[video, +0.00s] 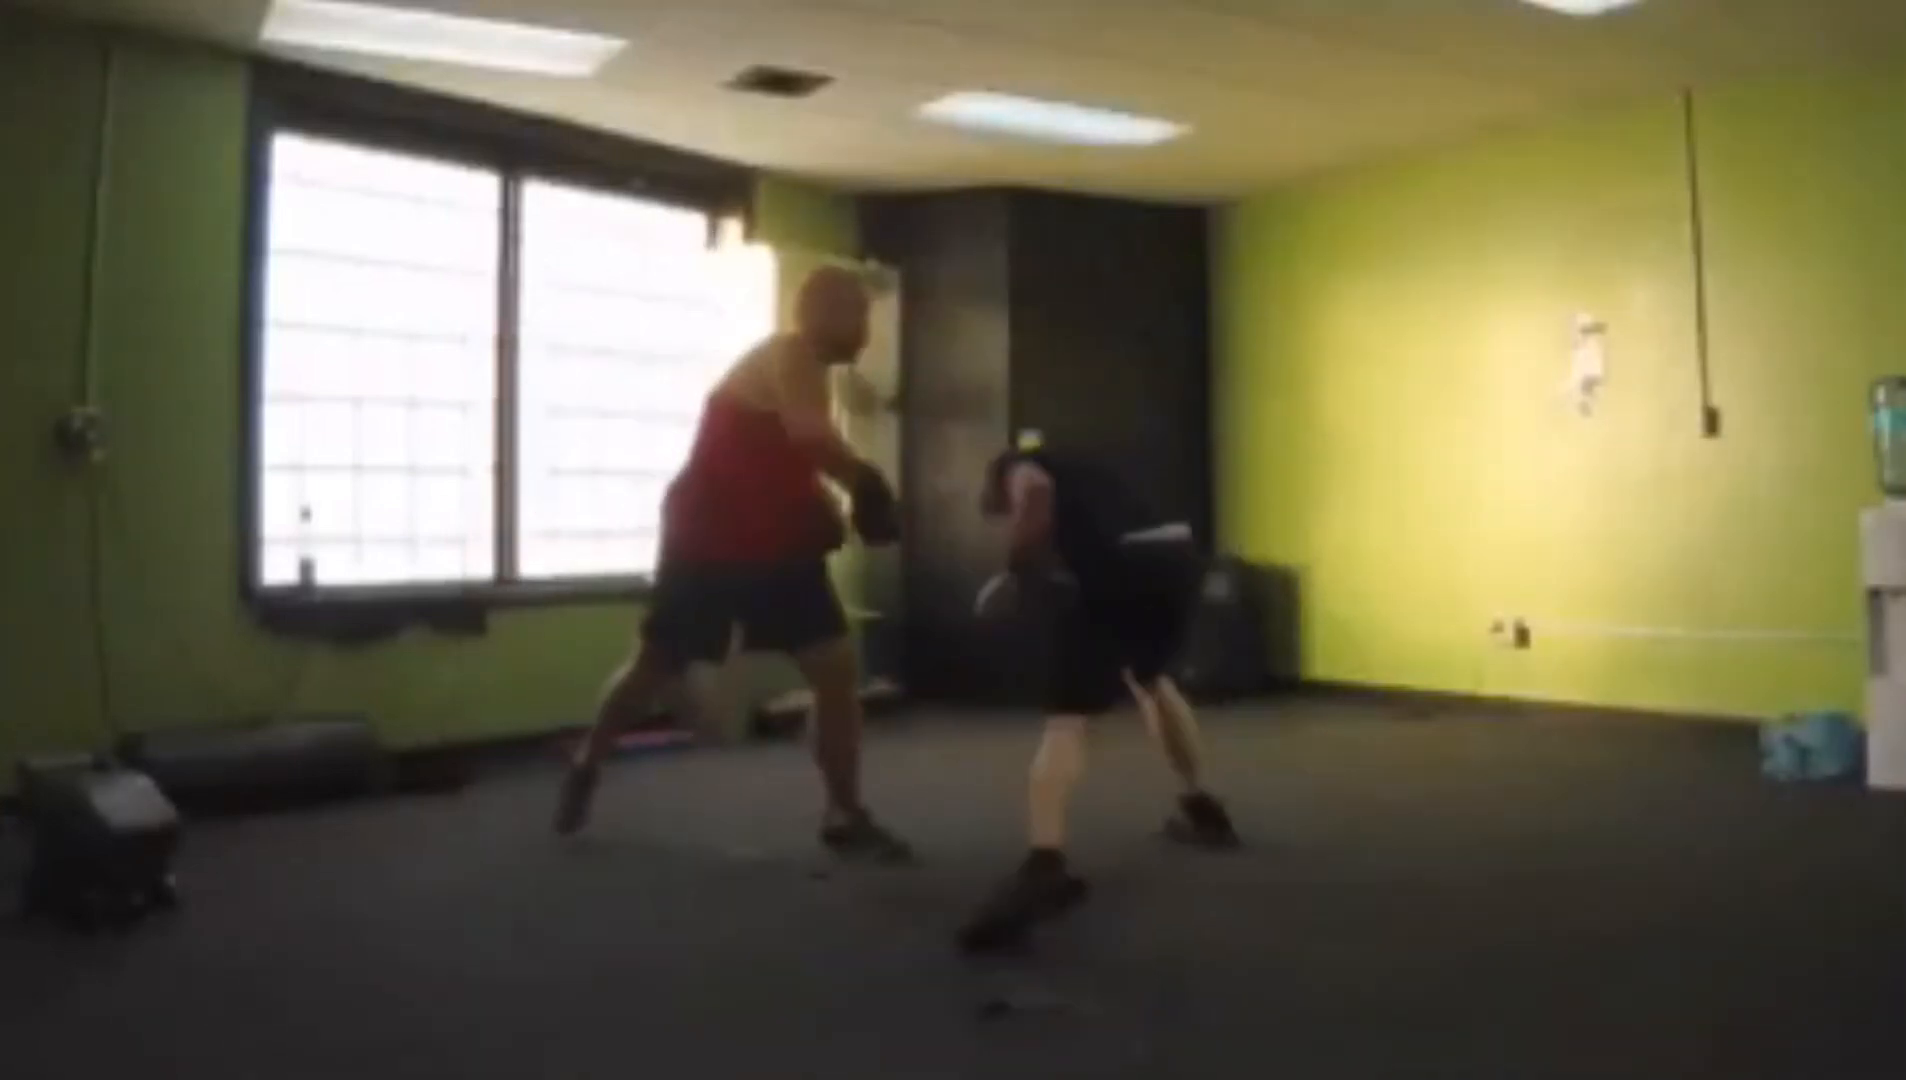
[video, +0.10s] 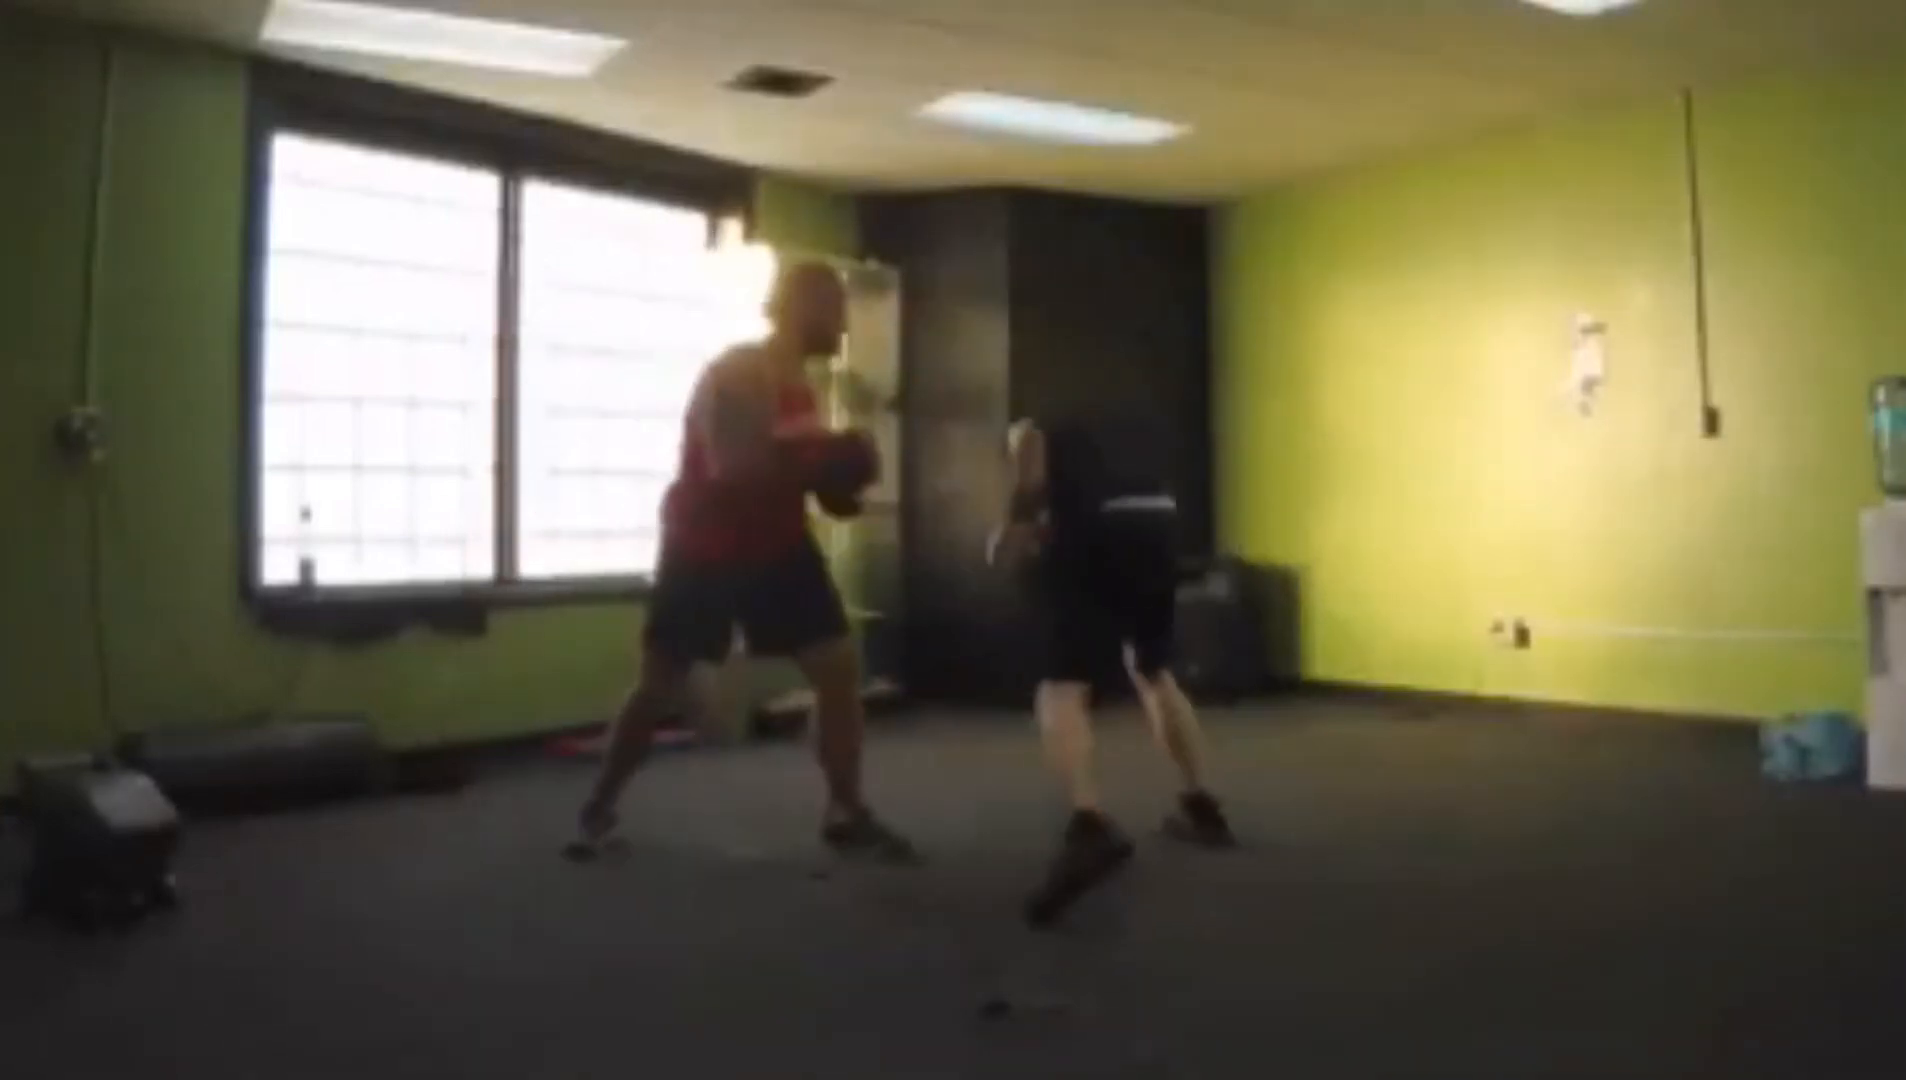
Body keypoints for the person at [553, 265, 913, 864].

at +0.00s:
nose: (866, 333)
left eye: (867, 318)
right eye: (859, 318)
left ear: (821, 317)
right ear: (829, 316)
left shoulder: (803, 368)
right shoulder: (790, 358)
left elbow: (786, 461)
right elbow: (809, 439)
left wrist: (821, 511)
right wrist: (865, 482)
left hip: (781, 540)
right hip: (712, 538)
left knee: (835, 671)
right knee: (655, 669)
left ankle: (844, 812)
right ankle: (585, 767)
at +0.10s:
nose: (841, 324)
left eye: (842, 309)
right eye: (832, 308)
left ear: (818, 311)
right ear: (797, 309)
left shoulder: (798, 388)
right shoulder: (736, 374)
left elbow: (794, 463)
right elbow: (729, 466)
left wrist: (836, 481)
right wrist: (825, 456)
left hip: (779, 545)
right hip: (704, 551)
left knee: (836, 672)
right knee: (659, 688)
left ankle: (846, 811)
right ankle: (599, 810)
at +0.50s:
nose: (816, 320)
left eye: (819, 307)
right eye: (803, 308)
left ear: (827, 314)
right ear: (777, 318)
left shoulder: (835, 366)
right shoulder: (742, 380)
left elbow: (895, 371)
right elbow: (654, 445)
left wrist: (948, 363)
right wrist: (732, 437)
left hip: (806, 540)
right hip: (726, 540)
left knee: (850, 654)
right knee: (673, 649)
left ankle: (867, 778)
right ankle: (607, 781)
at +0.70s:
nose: (820, 334)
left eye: (824, 322)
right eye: (807, 322)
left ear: (827, 331)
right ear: (780, 328)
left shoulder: (823, 397)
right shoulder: (744, 391)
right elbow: (692, 480)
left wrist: (869, 418)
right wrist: (765, 473)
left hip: (813, 553)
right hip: (739, 554)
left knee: (869, 668)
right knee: (706, 671)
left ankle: (869, 776)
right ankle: (649, 812)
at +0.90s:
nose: (803, 303)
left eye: (804, 291)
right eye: (795, 290)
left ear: (797, 297)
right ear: (774, 292)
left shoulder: (798, 362)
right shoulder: (734, 358)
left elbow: (803, 425)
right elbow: (771, 442)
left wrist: (849, 375)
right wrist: (826, 391)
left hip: (786, 536)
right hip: (726, 540)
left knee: (839, 639)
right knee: (721, 662)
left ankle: (823, 773)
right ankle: (647, 807)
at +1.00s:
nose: (808, 312)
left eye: (806, 300)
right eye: (798, 300)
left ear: (784, 307)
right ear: (774, 304)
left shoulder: (787, 373)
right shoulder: (735, 368)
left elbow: (821, 435)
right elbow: (813, 433)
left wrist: (847, 378)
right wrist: (846, 379)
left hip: (780, 542)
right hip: (726, 544)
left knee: (831, 651)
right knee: (732, 685)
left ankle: (820, 784)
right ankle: (681, 830)